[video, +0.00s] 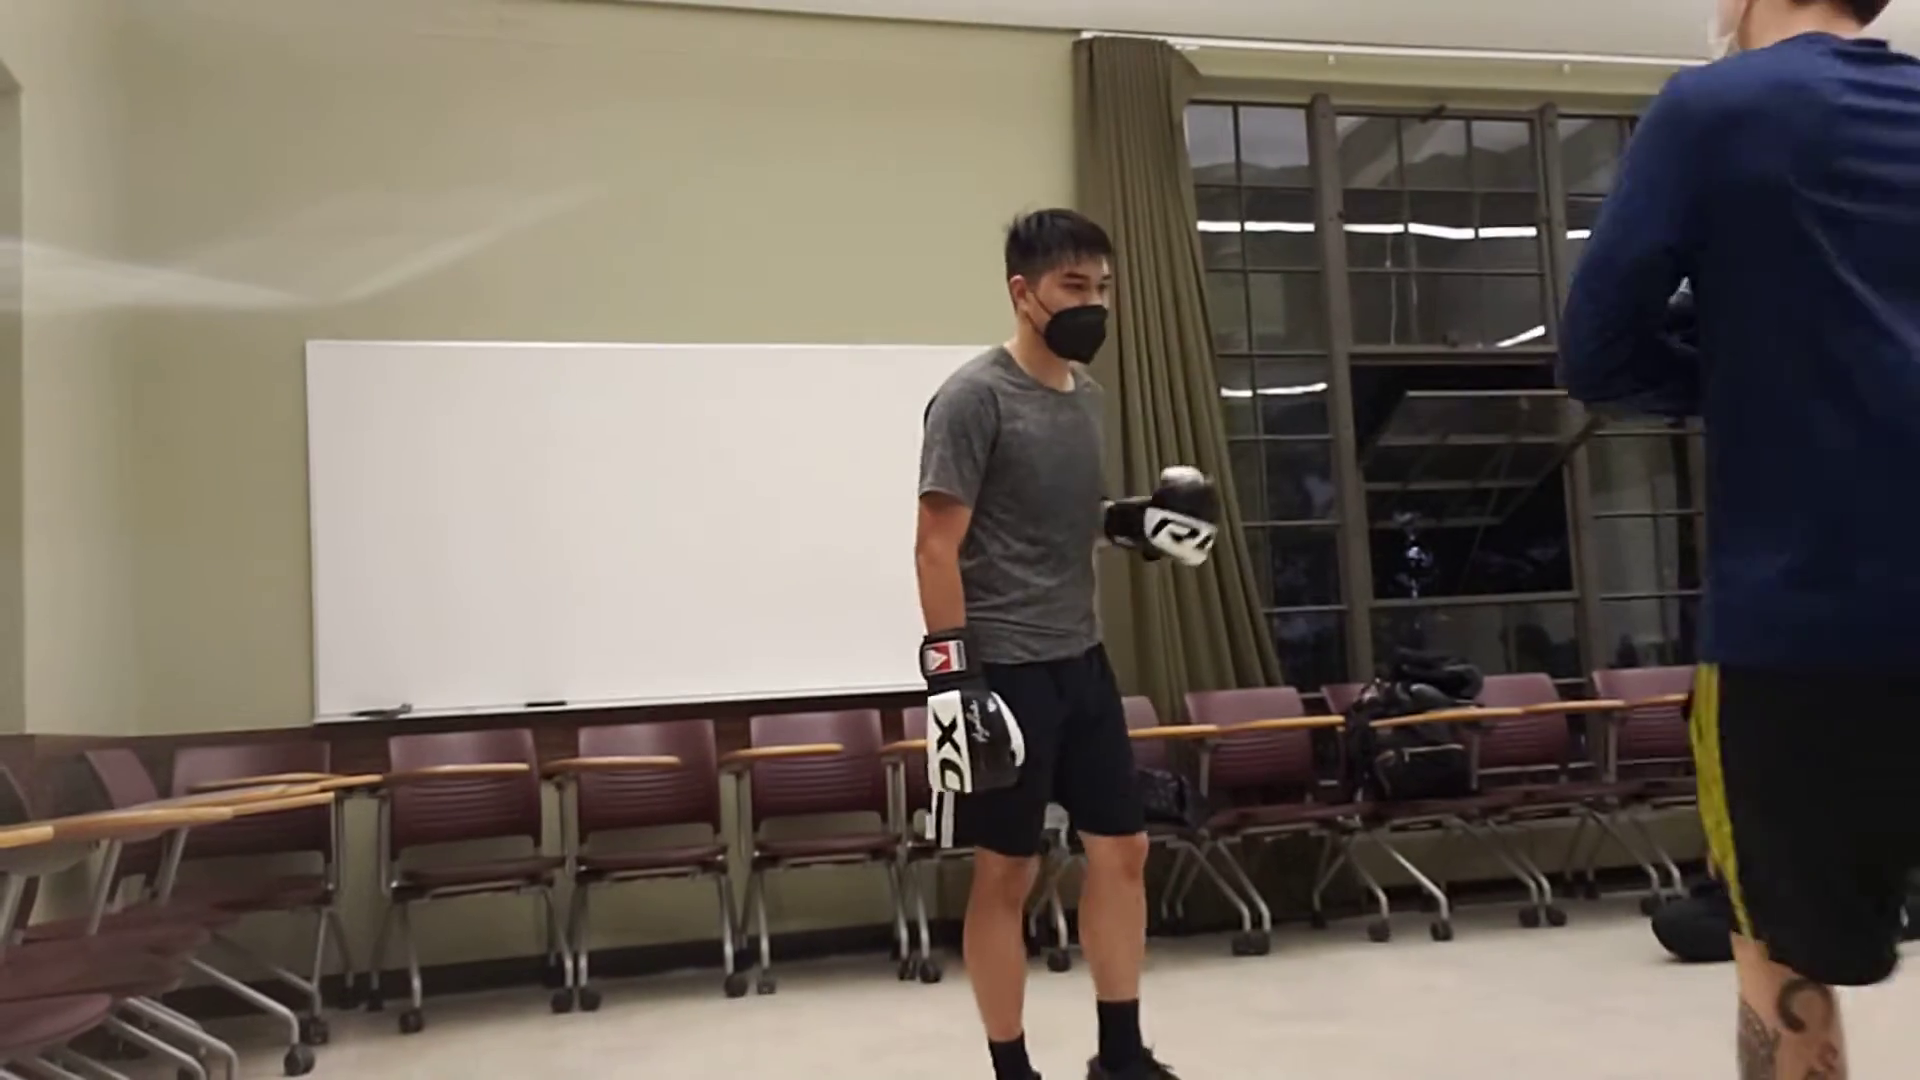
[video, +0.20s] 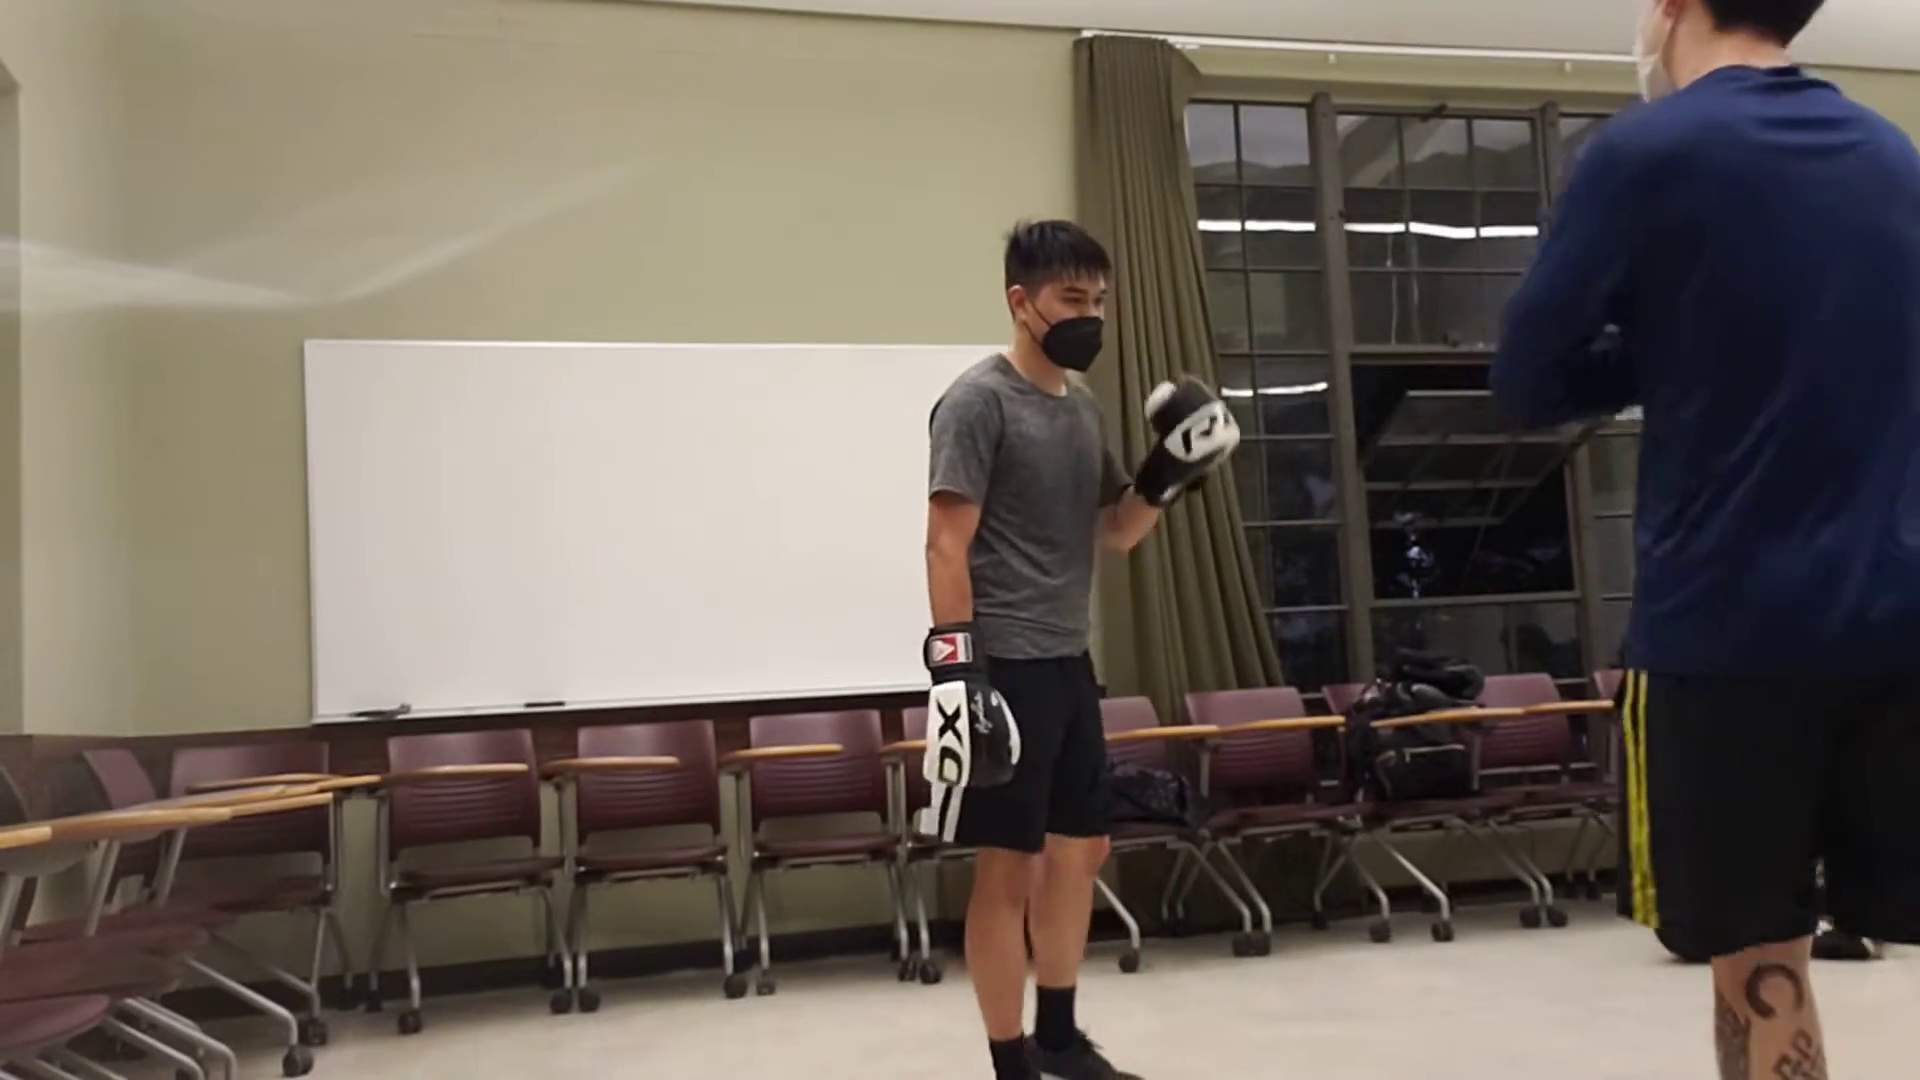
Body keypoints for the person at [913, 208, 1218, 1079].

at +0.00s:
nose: (1091, 301)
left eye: (1100, 287)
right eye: (1072, 285)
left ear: (1106, 292)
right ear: (1019, 290)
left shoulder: (1084, 396)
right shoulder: (971, 398)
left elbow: (1060, 518)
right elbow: (936, 546)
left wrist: (1131, 524)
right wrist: (950, 680)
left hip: (1080, 664)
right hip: (1000, 673)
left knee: (1122, 850)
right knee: (1006, 873)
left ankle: (1122, 1054)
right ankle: (1013, 1070)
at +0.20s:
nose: (1088, 314)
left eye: (1096, 299)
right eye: (1069, 297)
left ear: (1103, 303)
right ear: (1018, 299)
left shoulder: (1082, 408)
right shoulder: (974, 403)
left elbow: (1116, 530)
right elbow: (946, 544)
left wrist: (1164, 473)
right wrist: (956, 679)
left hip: (1069, 666)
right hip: (1003, 670)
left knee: (1080, 847)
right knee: (1007, 865)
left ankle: (1058, 1039)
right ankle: (1011, 1065)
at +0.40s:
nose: (1098, 329)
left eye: (1106, 315)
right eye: (1082, 313)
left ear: (1110, 319)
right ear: (1031, 314)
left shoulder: (1088, 423)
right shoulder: (993, 411)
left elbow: (1148, 525)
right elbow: (955, 542)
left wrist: (1170, 436)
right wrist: (988, 650)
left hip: (1073, 667)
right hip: (1016, 666)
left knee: (1059, 858)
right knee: (1024, 863)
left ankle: (1035, 1040)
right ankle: (1013, 1057)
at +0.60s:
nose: (1111, 340)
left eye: (1120, 327)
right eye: (1097, 323)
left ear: (1122, 330)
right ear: (1048, 320)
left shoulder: (1095, 425)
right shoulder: (1007, 411)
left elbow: (1144, 538)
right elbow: (965, 538)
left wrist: (1178, 467)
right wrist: (1021, 628)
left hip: (1072, 649)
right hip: (1026, 647)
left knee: (1073, 846)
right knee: (1058, 844)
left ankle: (1034, 1039)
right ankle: (1028, 1045)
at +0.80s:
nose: (1125, 345)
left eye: (1134, 333)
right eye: (1110, 329)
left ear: (1138, 337)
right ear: (1064, 325)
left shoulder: (1097, 423)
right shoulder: (1022, 411)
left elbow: (1089, 544)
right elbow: (969, 534)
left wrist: (1167, 554)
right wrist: (1038, 624)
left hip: (1078, 650)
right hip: (1040, 650)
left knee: (1055, 845)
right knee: (1110, 828)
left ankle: (1029, 1047)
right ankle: (1050, 1050)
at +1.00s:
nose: (1149, 335)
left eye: (1158, 322)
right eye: (1136, 317)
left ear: (1150, 328)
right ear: (1084, 313)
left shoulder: (1102, 409)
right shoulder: (1046, 398)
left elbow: (1085, 530)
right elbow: (984, 510)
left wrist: (1135, 569)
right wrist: (1085, 562)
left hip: (1086, 645)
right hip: (1060, 648)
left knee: (1066, 843)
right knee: (1125, 841)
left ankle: (1037, 1037)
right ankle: (1122, 1060)